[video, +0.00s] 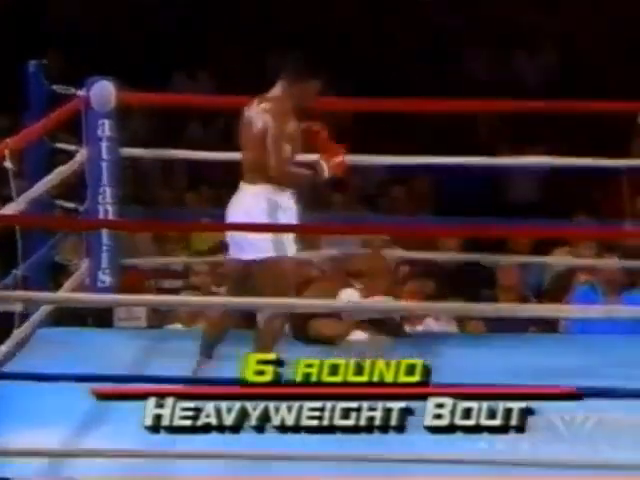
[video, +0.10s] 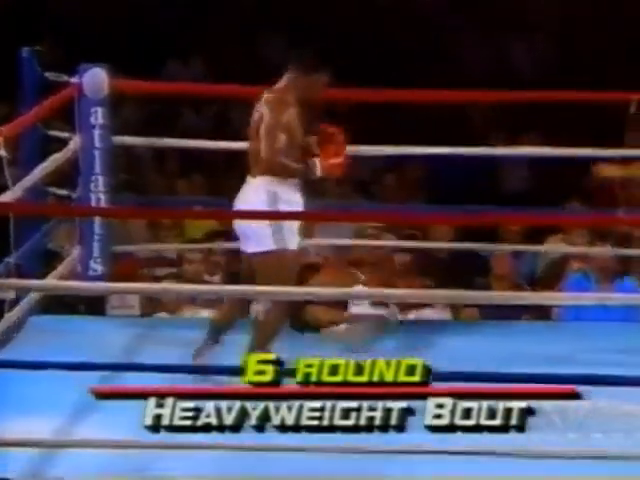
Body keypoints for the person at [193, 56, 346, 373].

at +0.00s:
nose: (314, 97)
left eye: (317, 90)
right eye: (313, 89)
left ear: (284, 80)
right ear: (300, 84)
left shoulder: (256, 108)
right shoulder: (276, 116)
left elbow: (271, 154)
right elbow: (277, 171)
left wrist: (312, 158)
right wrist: (318, 173)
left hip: (247, 203)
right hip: (266, 207)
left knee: (237, 294)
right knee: (280, 298)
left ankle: (201, 367)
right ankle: (262, 372)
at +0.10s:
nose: (319, 93)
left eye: (322, 86)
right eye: (319, 84)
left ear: (297, 74)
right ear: (304, 77)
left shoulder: (275, 101)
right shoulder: (279, 105)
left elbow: (286, 143)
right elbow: (269, 161)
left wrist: (313, 144)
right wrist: (311, 169)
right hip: (268, 202)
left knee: (250, 287)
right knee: (281, 293)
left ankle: (206, 347)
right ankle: (255, 361)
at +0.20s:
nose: (336, 86)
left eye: (338, 79)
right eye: (335, 78)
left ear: (314, 69)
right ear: (321, 72)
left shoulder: (302, 101)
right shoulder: (286, 99)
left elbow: (296, 148)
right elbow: (273, 149)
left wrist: (333, 151)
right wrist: (315, 166)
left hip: (294, 194)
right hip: (277, 195)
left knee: (297, 283)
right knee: (285, 284)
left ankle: (252, 345)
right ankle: (251, 349)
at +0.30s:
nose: (347, 85)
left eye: (350, 79)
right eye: (347, 77)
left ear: (328, 70)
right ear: (330, 70)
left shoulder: (316, 101)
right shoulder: (297, 99)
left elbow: (308, 147)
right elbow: (280, 151)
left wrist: (344, 152)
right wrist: (324, 166)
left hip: (311, 193)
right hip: (286, 194)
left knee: (334, 275)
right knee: (280, 283)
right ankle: (247, 349)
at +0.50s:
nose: (387, 90)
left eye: (391, 83)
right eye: (385, 81)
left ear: (381, 79)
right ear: (367, 74)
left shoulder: (366, 107)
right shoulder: (333, 105)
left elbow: (353, 150)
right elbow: (320, 157)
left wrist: (386, 157)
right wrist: (372, 167)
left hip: (351, 204)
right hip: (316, 203)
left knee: (381, 286)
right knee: (289, 289)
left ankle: (400, 370)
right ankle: (242, 362)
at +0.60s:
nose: (417, 89)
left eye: (418, 82)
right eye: (414, 81)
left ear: (401, 81)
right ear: (395, 76)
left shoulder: (395, 111)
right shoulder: (357, 106)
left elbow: (388, 160)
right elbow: (340, 157)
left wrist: (421, 168)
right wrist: (388, 168)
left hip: (381, 201)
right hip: (345, 199)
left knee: (406, 279)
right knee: (338, 291)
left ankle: (400, 371)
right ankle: (269, 343)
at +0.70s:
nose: (429, 80)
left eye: (430, 73)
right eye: (426, 72)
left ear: (417, 73)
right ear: (404, 66)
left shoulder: (411, 102)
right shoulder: (365, 97)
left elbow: (407, 144)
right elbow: (349, 148)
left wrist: (437, 153)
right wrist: (389, 168)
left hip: (398, 194)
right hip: (362, 192)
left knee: (412, 280)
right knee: (376, 292)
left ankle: (396, 370)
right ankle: (311, 325)